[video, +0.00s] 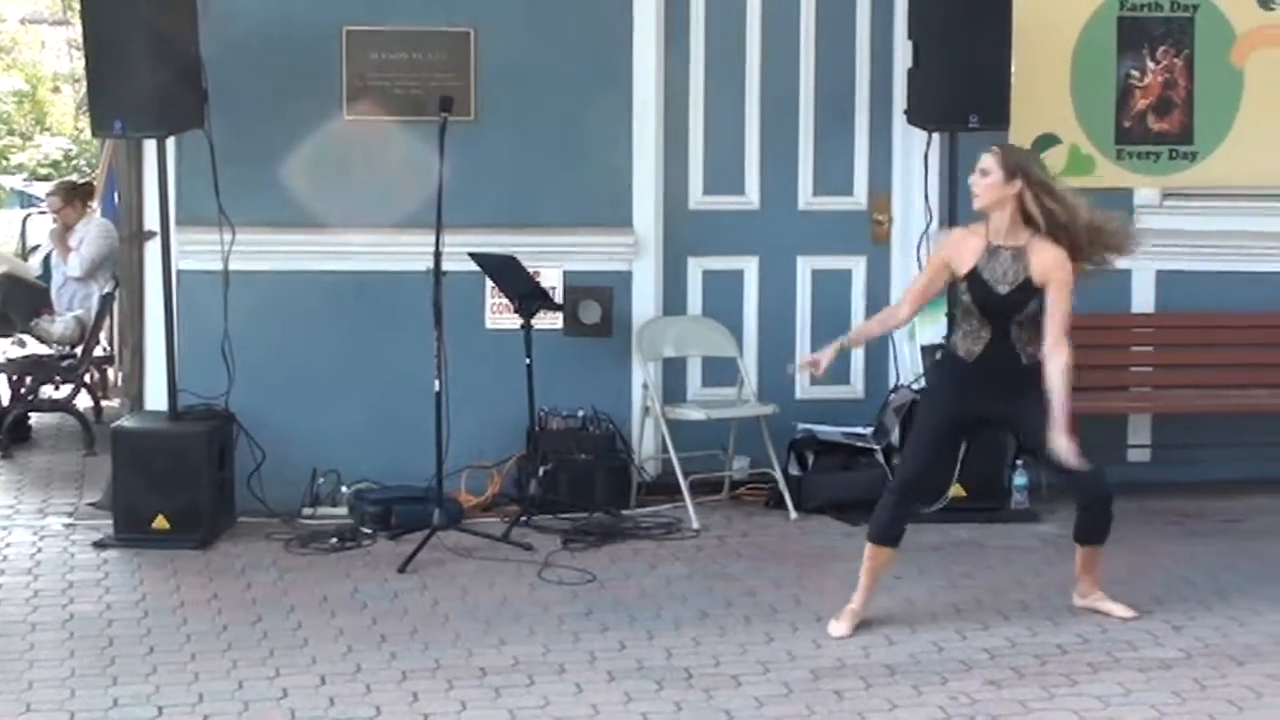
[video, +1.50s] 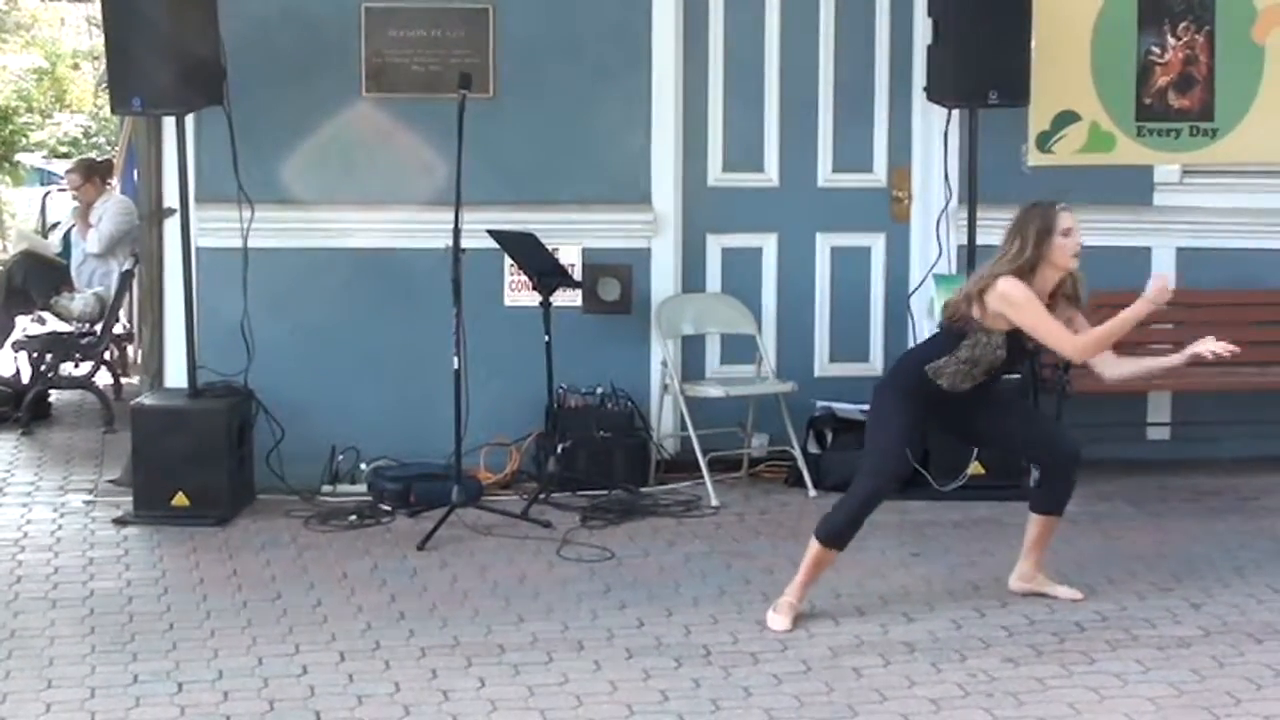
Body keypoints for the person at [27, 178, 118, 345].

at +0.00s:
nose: (55, 219)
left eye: (58, 212)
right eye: (53, 214)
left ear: (76, 206)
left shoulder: (102, 229)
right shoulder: (62, 233)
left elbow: (80, 268)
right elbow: (34, 269)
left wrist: (60, 245)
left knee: (9, 286)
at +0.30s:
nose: (64, 205)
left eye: (67, 199)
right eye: (62, 200)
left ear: (86, 192)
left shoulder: (112, 216)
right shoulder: (72, 220)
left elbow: (90, 255)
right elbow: (44, 256)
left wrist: (69, 232)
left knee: (16, 271)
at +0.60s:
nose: (82, 196)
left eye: (85, 189)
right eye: (80, 191)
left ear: (104, 183)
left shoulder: (129, 207)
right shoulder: (93, 212)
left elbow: (108, 246)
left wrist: (88, 224)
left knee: (36, 263)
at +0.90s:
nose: (77, 192)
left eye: (80, 186)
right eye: (75, 187)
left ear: (99, 180)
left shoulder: (124, 204)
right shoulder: (87, 209)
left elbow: (102, 243)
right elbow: (57, 245)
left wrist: (85, 219)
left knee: (28, 260)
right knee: (13, 294)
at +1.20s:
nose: (76, 194)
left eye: (79, 188)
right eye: (73, 189)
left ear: (97, 182)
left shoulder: (123, 205)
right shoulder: (86, 211)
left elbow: (101, 244)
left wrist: (83, 220)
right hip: (79, 289)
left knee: (27, 262)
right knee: (11, 298)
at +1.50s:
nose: (73, 195)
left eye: (76, 189)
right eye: (71, 190)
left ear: (94, 183)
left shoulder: (121, 207)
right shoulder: (84, 210)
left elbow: (99, 245)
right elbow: (56, 247)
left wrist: (81, 221)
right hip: (75, 286)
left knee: (26, 262)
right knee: (10, 301)